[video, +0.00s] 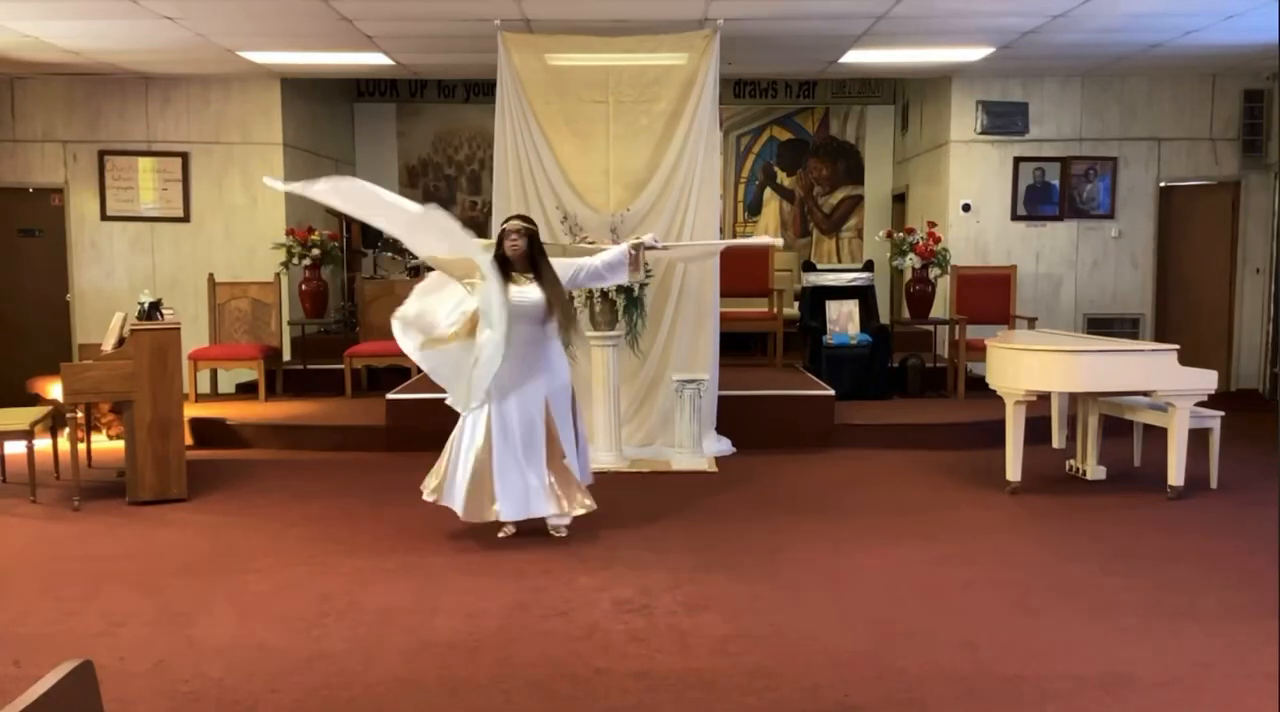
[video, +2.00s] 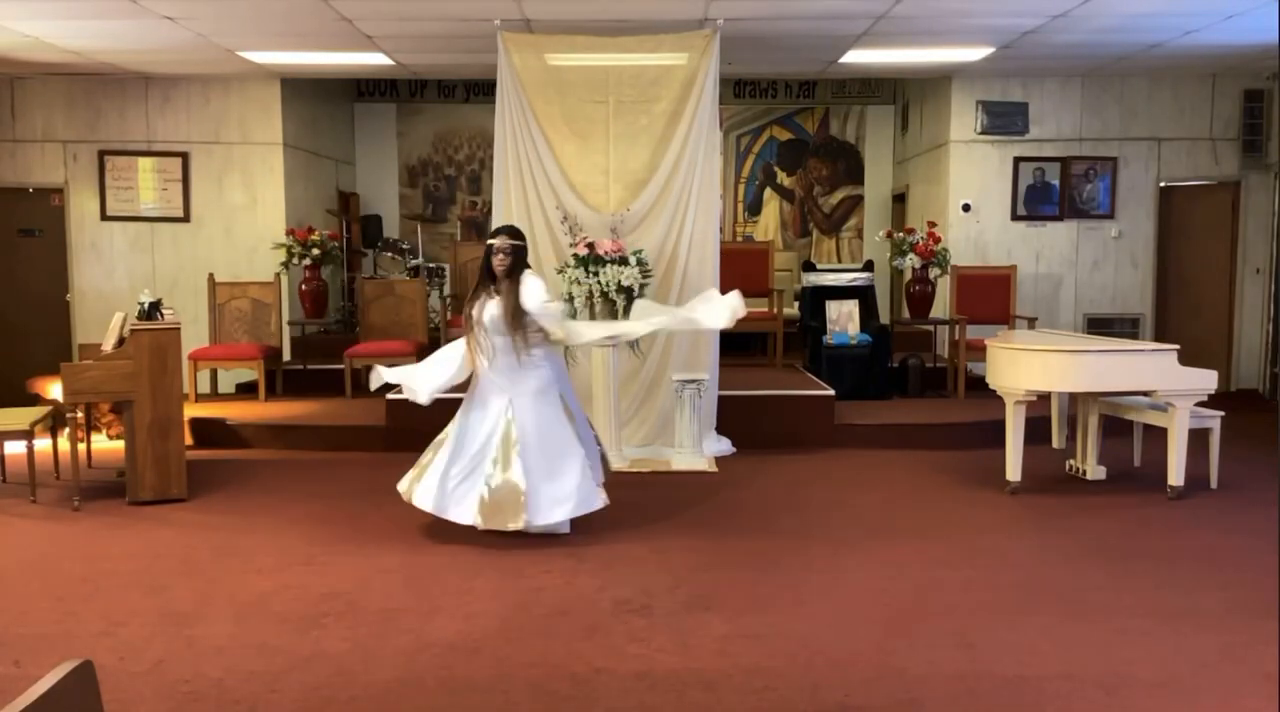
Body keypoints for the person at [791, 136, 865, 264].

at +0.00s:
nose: (816, 176)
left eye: (823, 169)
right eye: (812, 171)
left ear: (839, 166)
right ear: (808, 173)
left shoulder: (854, 193)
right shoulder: (818, 194)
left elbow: (828, 227)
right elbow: (800, 233)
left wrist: (808, 197)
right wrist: (799, 198)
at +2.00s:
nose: (816, 176)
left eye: (822, 169)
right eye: (813, 171)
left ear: (839, 166)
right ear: (808, 172)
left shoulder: (854, 193)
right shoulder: (819, 194)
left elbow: (828, 227)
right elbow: (800, 233)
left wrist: (808, 196)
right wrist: (799, 197)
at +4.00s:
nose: (815, 176)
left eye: (820, 170)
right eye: (812, 171)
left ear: (840, 166)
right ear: (808, 173)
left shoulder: (854, 193)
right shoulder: (820, 195)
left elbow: (828, 226)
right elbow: (799, 232)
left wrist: (808, 196)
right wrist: (799, 197)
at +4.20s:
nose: (815, 176)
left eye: (820, 170)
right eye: (812, 171)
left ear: (840, 166)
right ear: (808, 173)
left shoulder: (854, 193)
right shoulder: (820, 195)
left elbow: (828, 226)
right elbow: (799, 232)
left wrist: (808, 196)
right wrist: (799, 197)